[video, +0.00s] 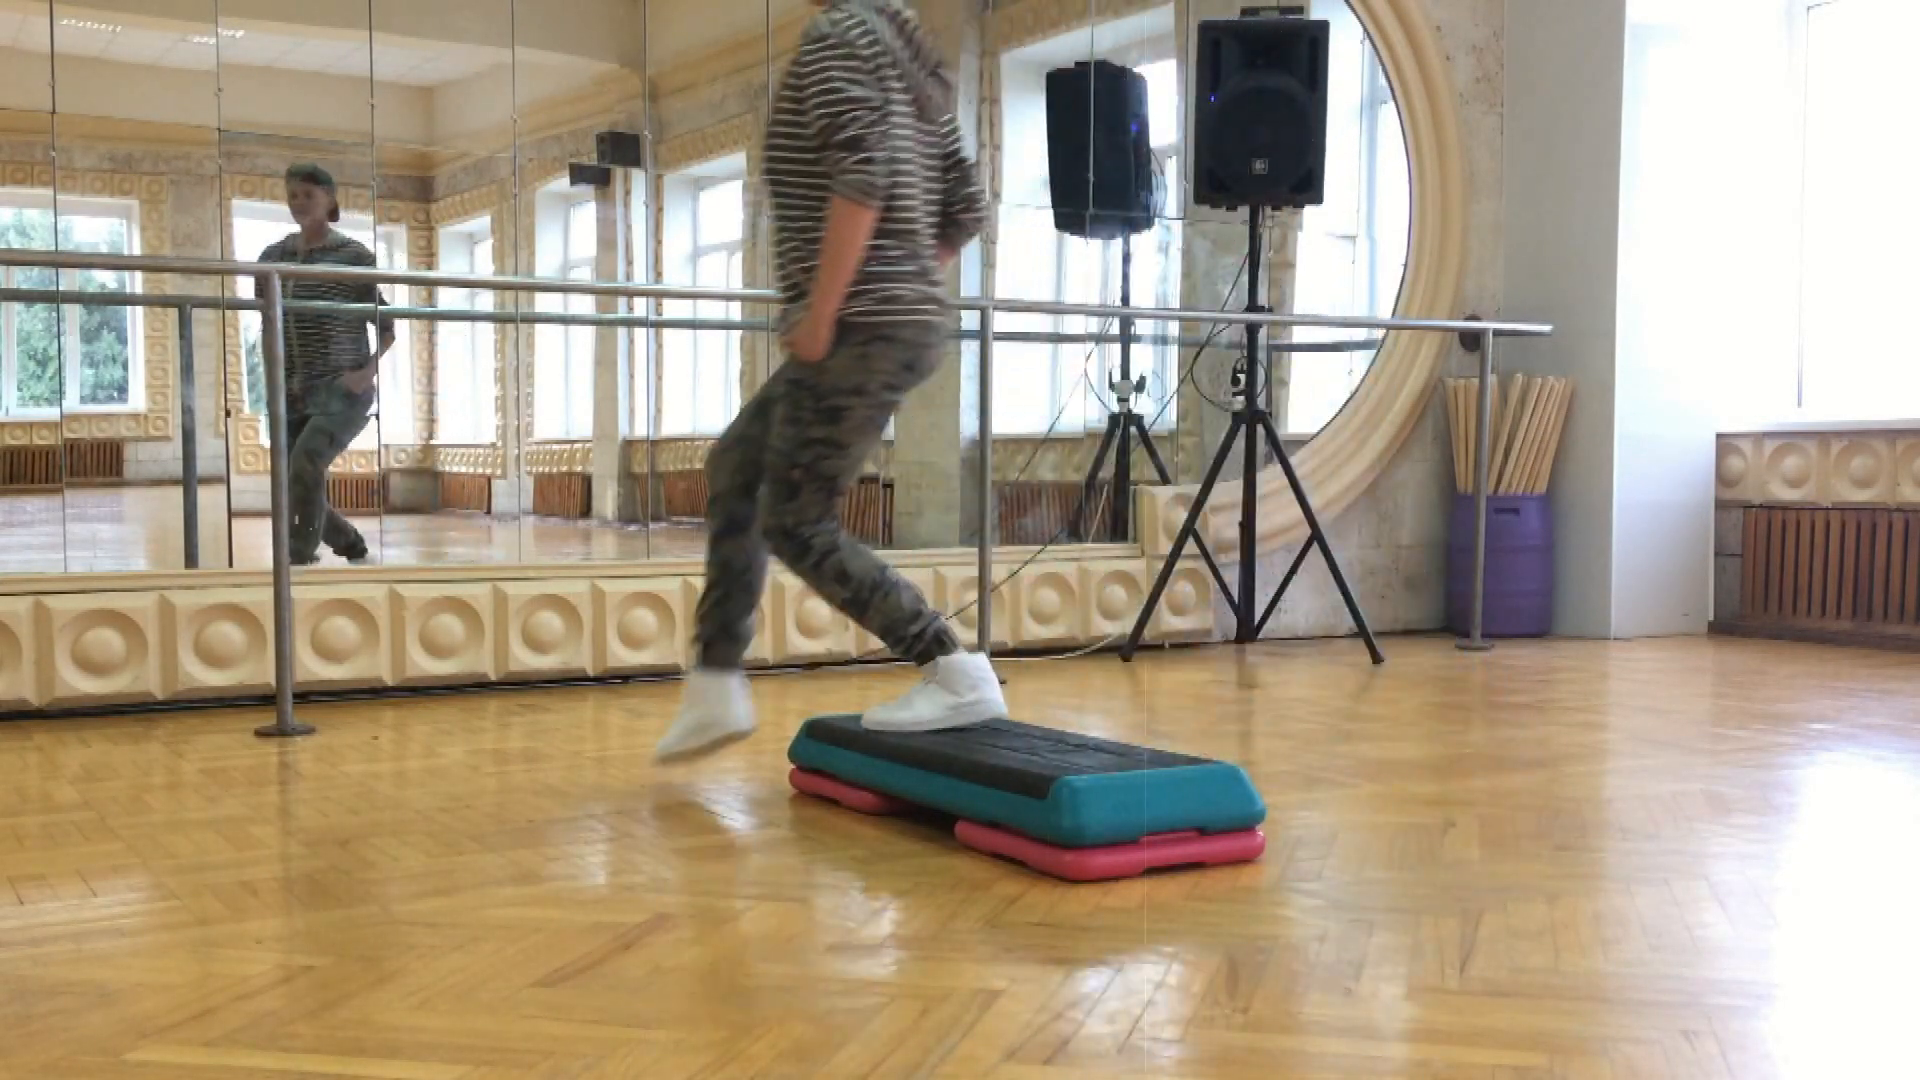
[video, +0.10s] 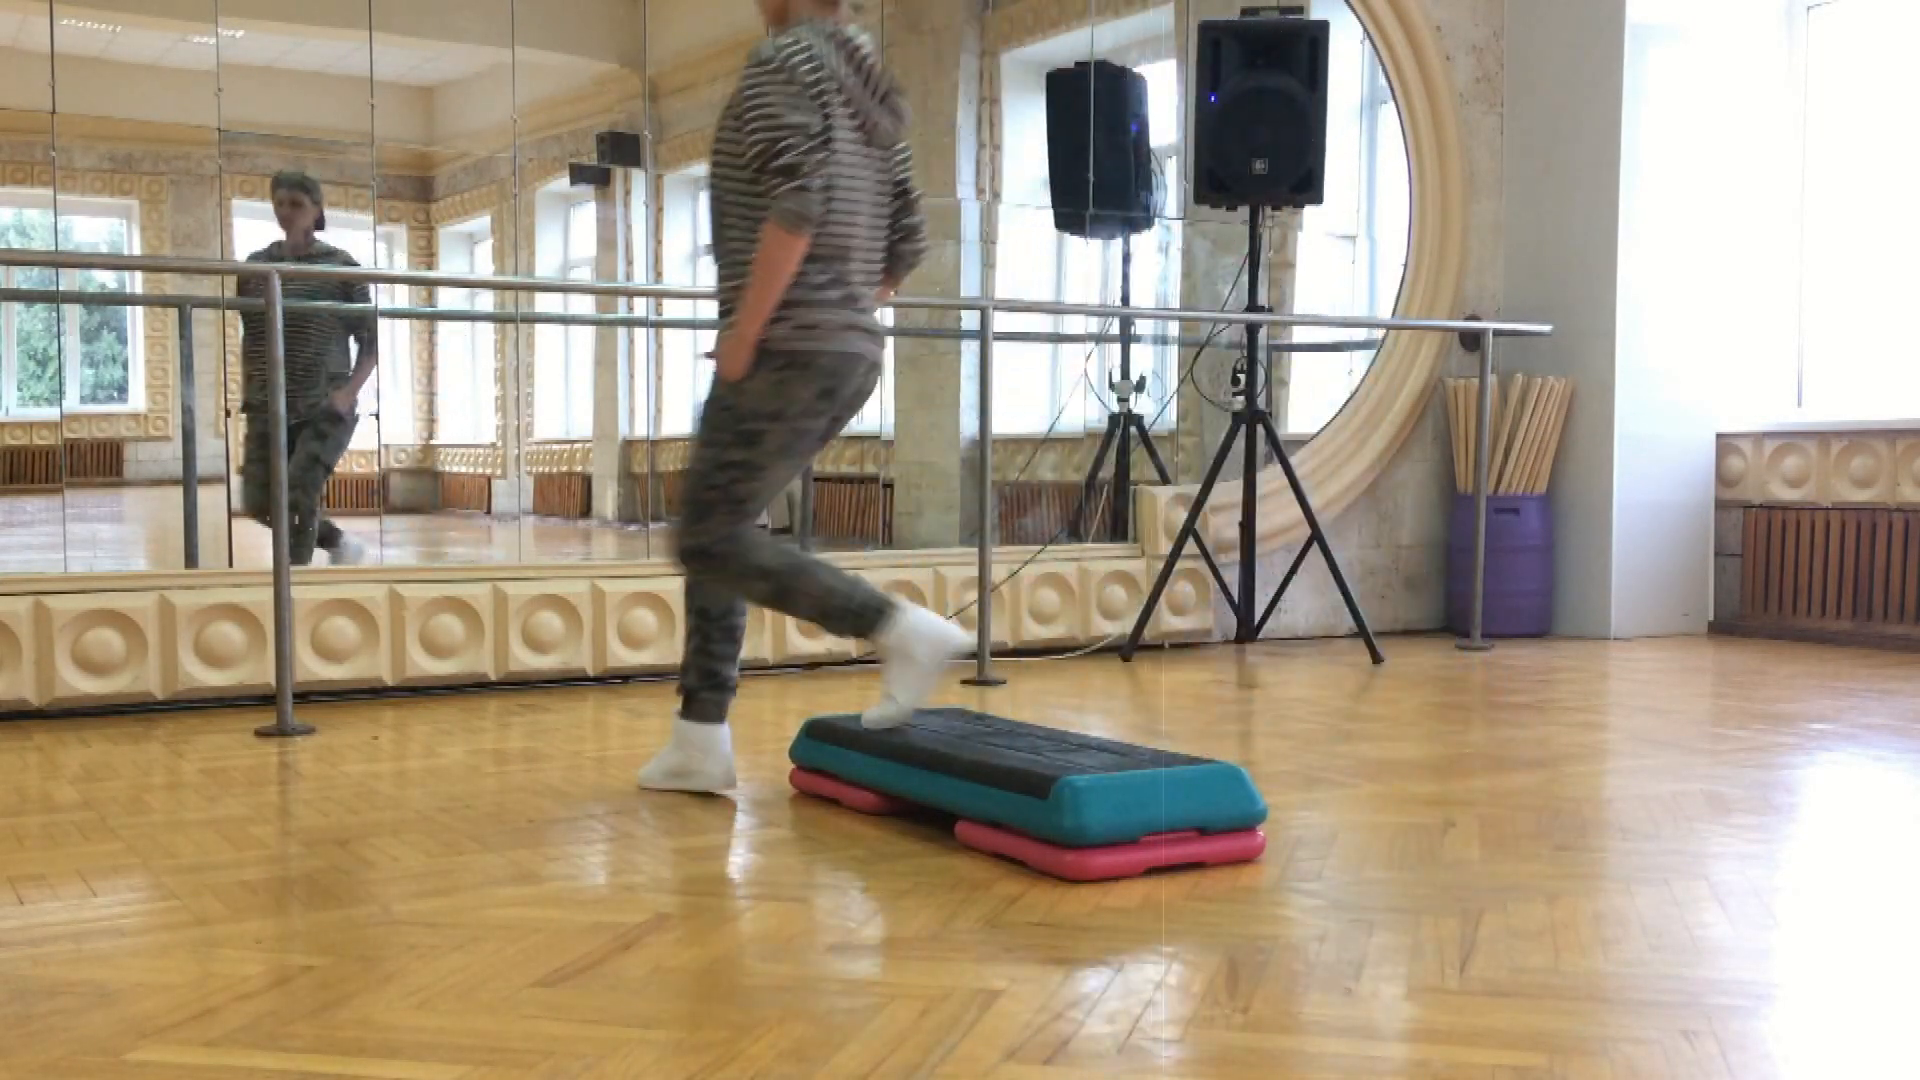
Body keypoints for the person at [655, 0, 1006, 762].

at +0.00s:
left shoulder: (837, 35)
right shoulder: (909, 47)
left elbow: (866, 178)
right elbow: (965, 207)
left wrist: (819, 314)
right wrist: (897, 283)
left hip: (867, 322)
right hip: (908, 320)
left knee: (792, 520)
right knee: (737, 464)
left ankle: (955, 671)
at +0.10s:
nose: (760, 9)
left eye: (763, 2)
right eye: (766, 4)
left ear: (777, 2)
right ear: (835, 7)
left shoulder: (784, 63)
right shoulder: (865, 84)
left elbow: (799, 200)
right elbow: (906, 242)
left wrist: (743, 329)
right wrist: (832, 309)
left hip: (796, 345)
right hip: (847, 348)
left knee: (706, 536)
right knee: (718, 532)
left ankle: (906, 633)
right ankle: (701, 736)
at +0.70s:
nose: (756, 16)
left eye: (755, 7)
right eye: (750, 3)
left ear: (669, 12)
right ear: (711, 4)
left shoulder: (615, 99)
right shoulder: (706, 63)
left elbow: (542, 228)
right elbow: (642, 185)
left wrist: (583, 328)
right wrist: (717, 326)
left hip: (577, 349)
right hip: (658, 343)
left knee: (566, 576)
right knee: (812, 512)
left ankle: (435, 767)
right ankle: (719, 712)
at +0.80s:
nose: (785, 8)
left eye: (785, 1)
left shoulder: (664, 58)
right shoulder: (715, 48)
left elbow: (610, 230)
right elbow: (633, 171)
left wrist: (640, 320)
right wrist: (715, 309)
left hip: (629, 347)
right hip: (685, 345)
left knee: (602, 569)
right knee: (822, 533)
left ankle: (443, 756)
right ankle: (780, 778)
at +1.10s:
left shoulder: (914, 73)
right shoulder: (792, 27)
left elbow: (920, 213)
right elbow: (698, 169)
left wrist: (911, 305)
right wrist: (737, 307)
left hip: (889, 350)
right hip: (786, 349)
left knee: (1022, 471)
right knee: (826, 557)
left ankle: (890, 630)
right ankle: (783, 784)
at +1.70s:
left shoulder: (1238, 19)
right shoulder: (1038, 44)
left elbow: (1278, 145)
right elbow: (1033, 202)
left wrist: (1284, 267)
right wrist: (1062, 328)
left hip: (1237, 311)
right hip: (1122, 343)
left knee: (1191, 488)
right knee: (1203, 553)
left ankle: (1100, 690)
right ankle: (1300, 717)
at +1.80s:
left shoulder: (1270, 32)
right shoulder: (1076, 79)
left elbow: (1324, 164)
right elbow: (1084, 238)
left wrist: (1331, 285)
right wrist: (1114, 359)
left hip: (1279, 320)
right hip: (1169, 363)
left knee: (1250, 453)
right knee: (1251, 563)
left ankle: (1149, 657)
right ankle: (1326, 737)